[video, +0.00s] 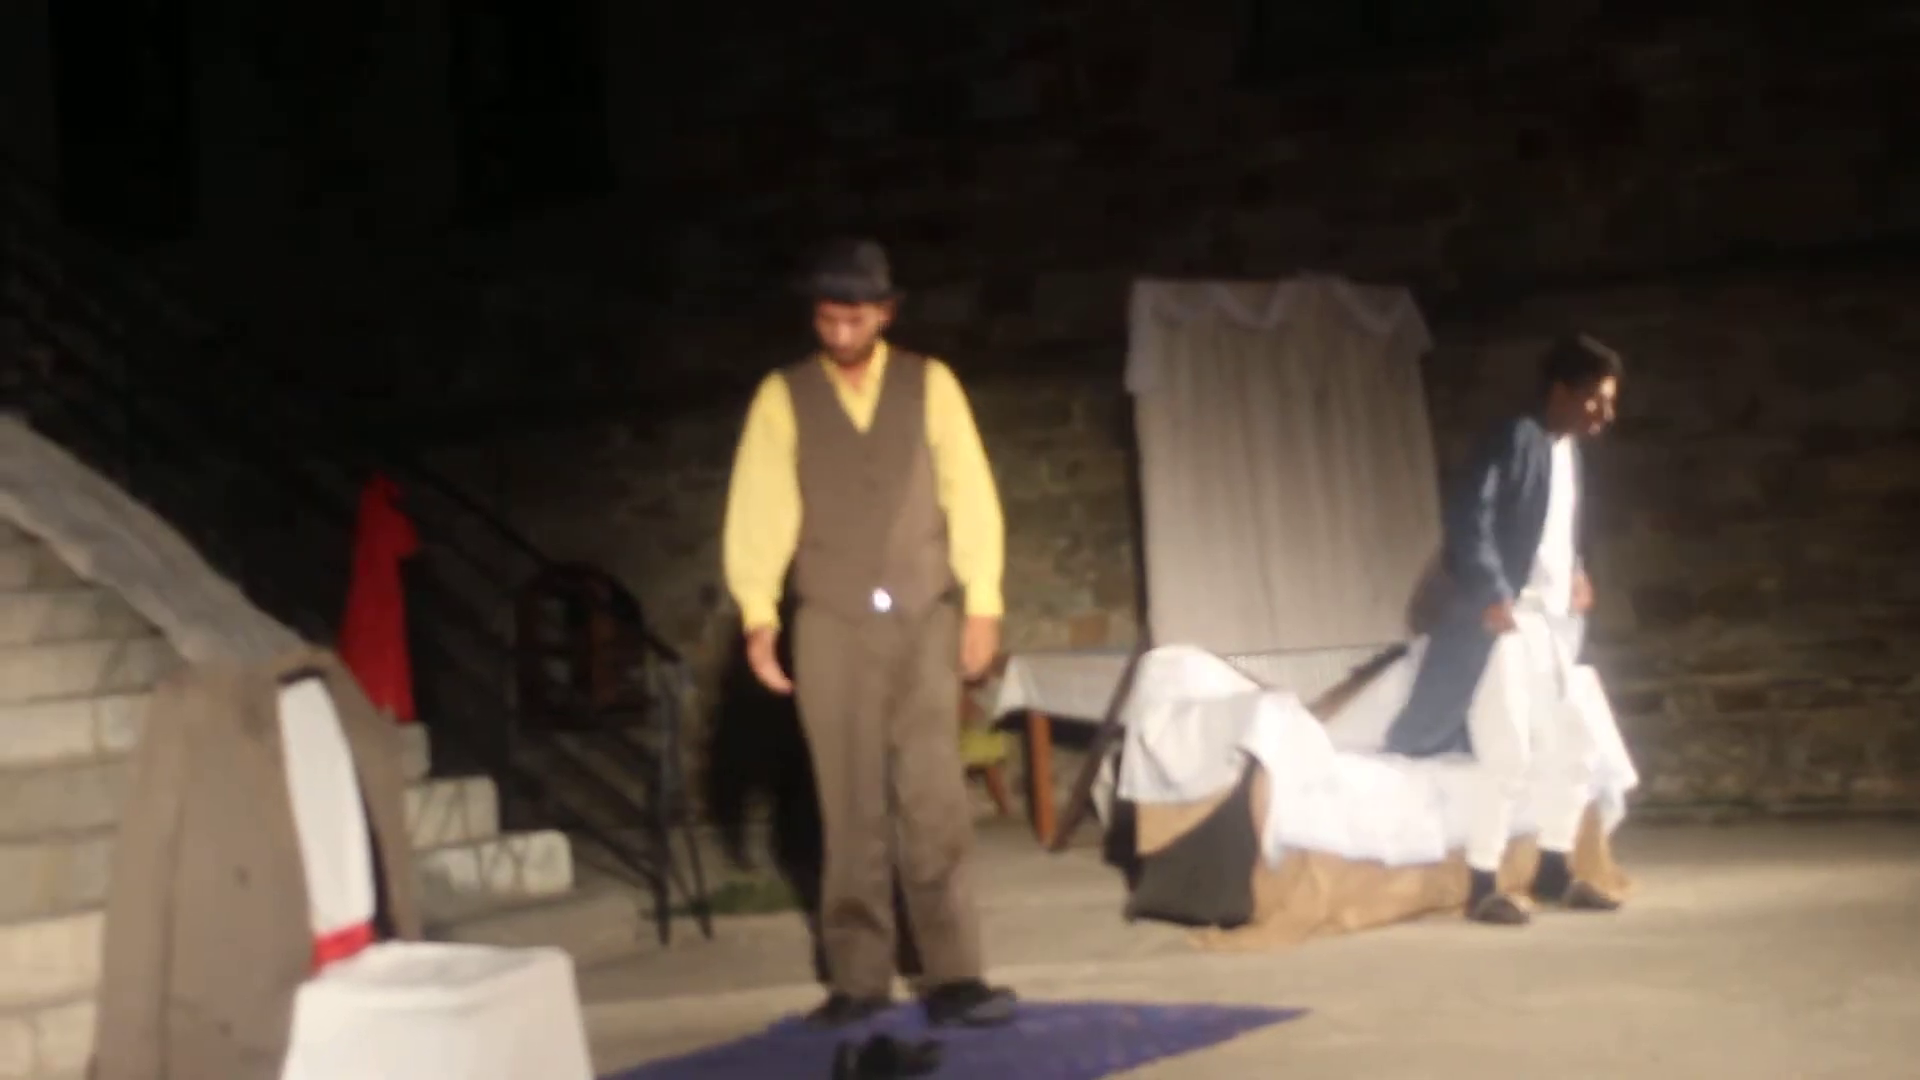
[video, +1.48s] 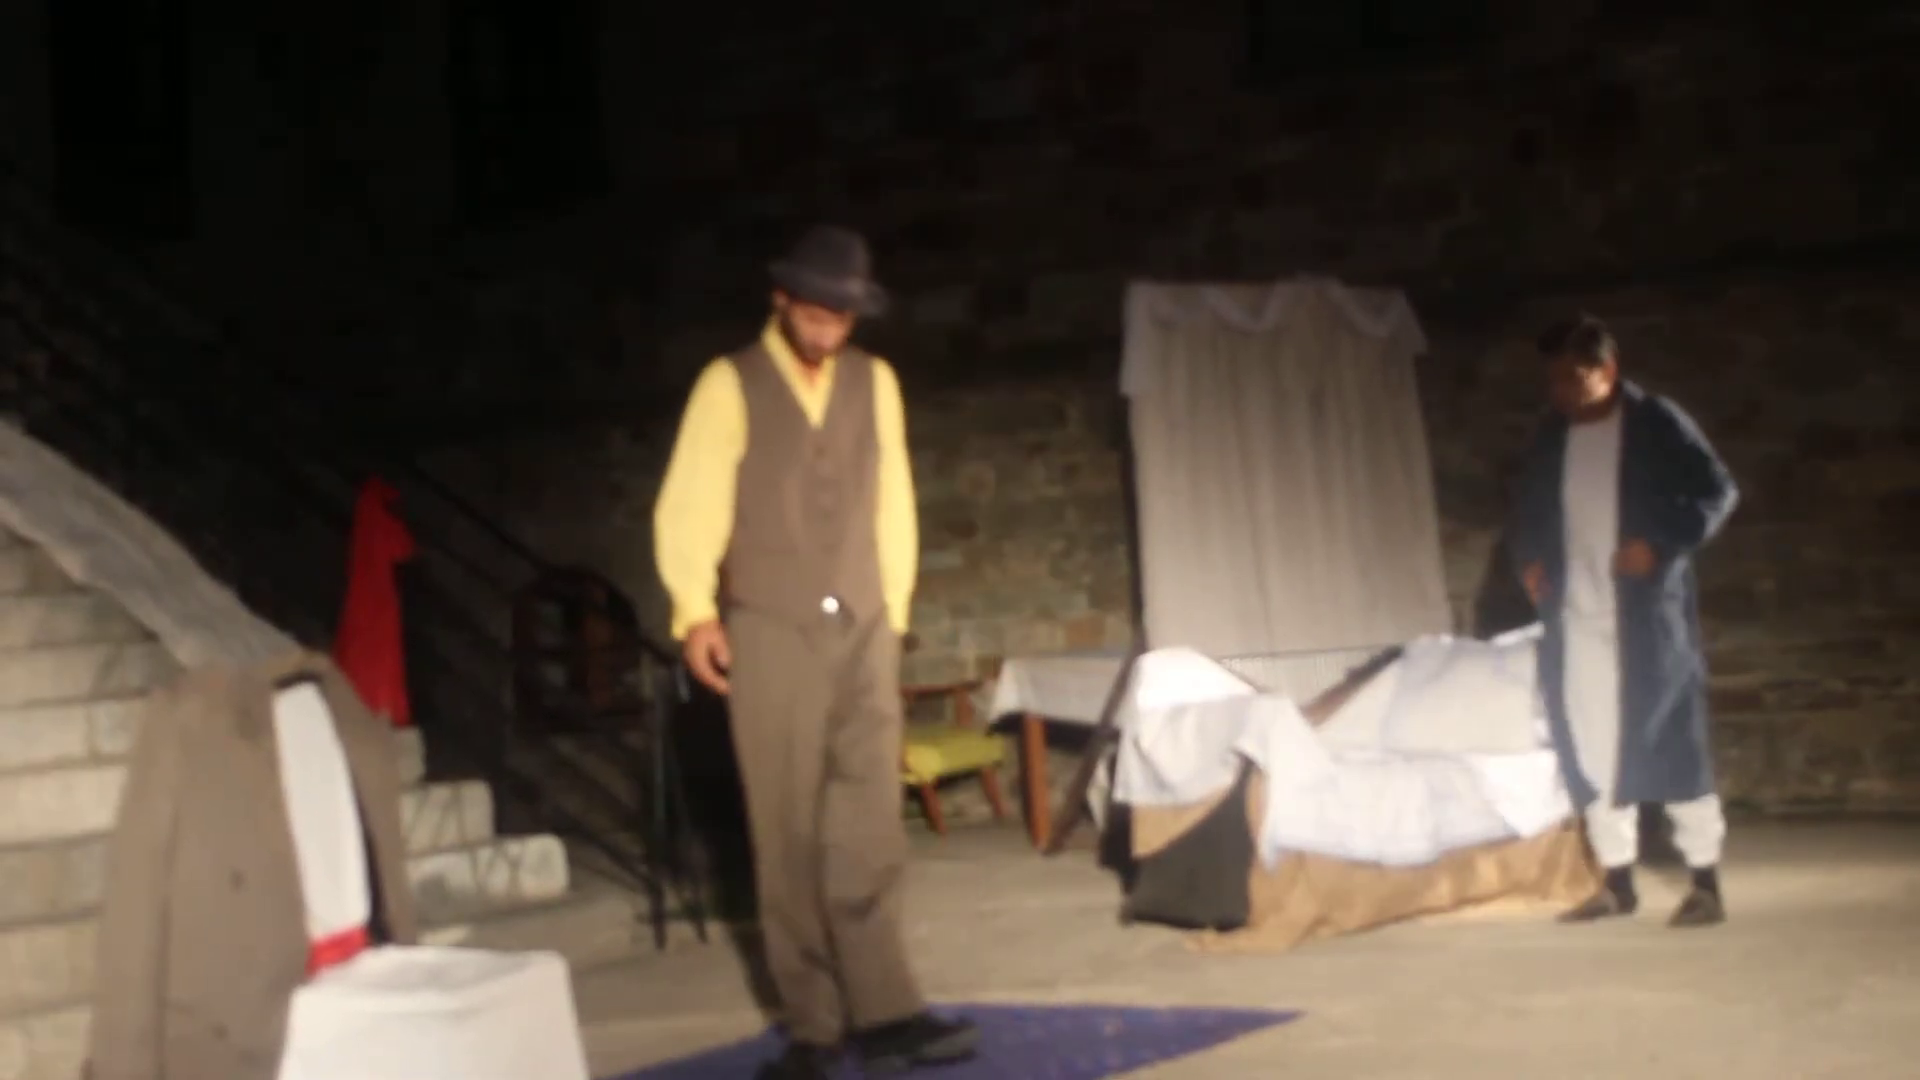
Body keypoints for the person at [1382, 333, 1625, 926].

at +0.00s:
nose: (1606, 414)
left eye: (1611, 403)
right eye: (1597, 400)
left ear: (1598, 403)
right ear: (1559, 391)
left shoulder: (1571, 455)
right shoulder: (1514, 440)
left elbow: (1558, 531)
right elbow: (1470, 516)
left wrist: (1576, 575)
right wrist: (1489, 594)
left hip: (1554, 625)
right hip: (1506, 621)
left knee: (1571, 744)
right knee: (1505, 747)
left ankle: (1552, 873)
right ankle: (1484, 886)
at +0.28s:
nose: (1610, 407)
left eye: (1619, 396)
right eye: (1600, 393)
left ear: (1627, 396)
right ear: (1569, 388)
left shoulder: (1605, 450)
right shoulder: (1525, 437)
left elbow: (1608, 521)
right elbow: (1460, 498)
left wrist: (1621, 566)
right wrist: (1501, 566)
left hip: (1579, 618)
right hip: (1525, 617)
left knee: (1597, 742)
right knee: (1524, 748)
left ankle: (1587, 876)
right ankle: (1487, 885)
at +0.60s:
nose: (1592, 400)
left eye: (1602, 389)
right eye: (1582, 387)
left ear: (1614, 388)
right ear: (1559, 383)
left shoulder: (1623, 432)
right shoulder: (1524, 435)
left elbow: (1655, 505)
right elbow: (1468, 500)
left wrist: (1696, 551)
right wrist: (1489, 563)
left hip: (1605, 627)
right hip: (1535, 628)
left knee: (1629, 746)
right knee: (1541, 751)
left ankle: (1591, 870)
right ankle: (1542, 878)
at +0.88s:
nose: (1578, 400)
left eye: (1588, 387)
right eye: (1569, 388)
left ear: (1614, 378)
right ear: (1556, 384)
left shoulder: (1653, 426)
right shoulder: (1535, 441)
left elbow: (1697, 501)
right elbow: (1506, 522)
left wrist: (1663, 567)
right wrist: (1540, 573)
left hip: (1640, 626)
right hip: (1565, 628)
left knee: (1663, 747)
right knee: (1554, 750)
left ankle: (1681, 877)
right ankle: (1543, 881)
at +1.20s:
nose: (1581, 394)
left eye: (1591, 381)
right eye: (1571, 383)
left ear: (1619, 373)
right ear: (1559, 383)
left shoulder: (1663, 425)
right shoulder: (1550, 441)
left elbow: (1717, 497)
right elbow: (1528, 512)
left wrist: (1671, 555)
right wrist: (1523, 556)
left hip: (1656, 624)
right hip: (1579, 629)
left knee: (1676, 744)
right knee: (1596, 755)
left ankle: (1685, 878)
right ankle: (1619, 884)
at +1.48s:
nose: (1568, 389)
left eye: (1578, 377)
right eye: (1559, 378)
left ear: (1608, 370)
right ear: (1550, 379)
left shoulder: (1654, 421)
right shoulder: (1546, 439)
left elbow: (1715, 491)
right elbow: (1526, 513)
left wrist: (1658, 545)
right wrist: (1528, 559)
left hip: (1651, 618)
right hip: (1578, 623)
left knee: (1673, 738)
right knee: (1592, 744)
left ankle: (1705, 883)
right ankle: (1617, 884)